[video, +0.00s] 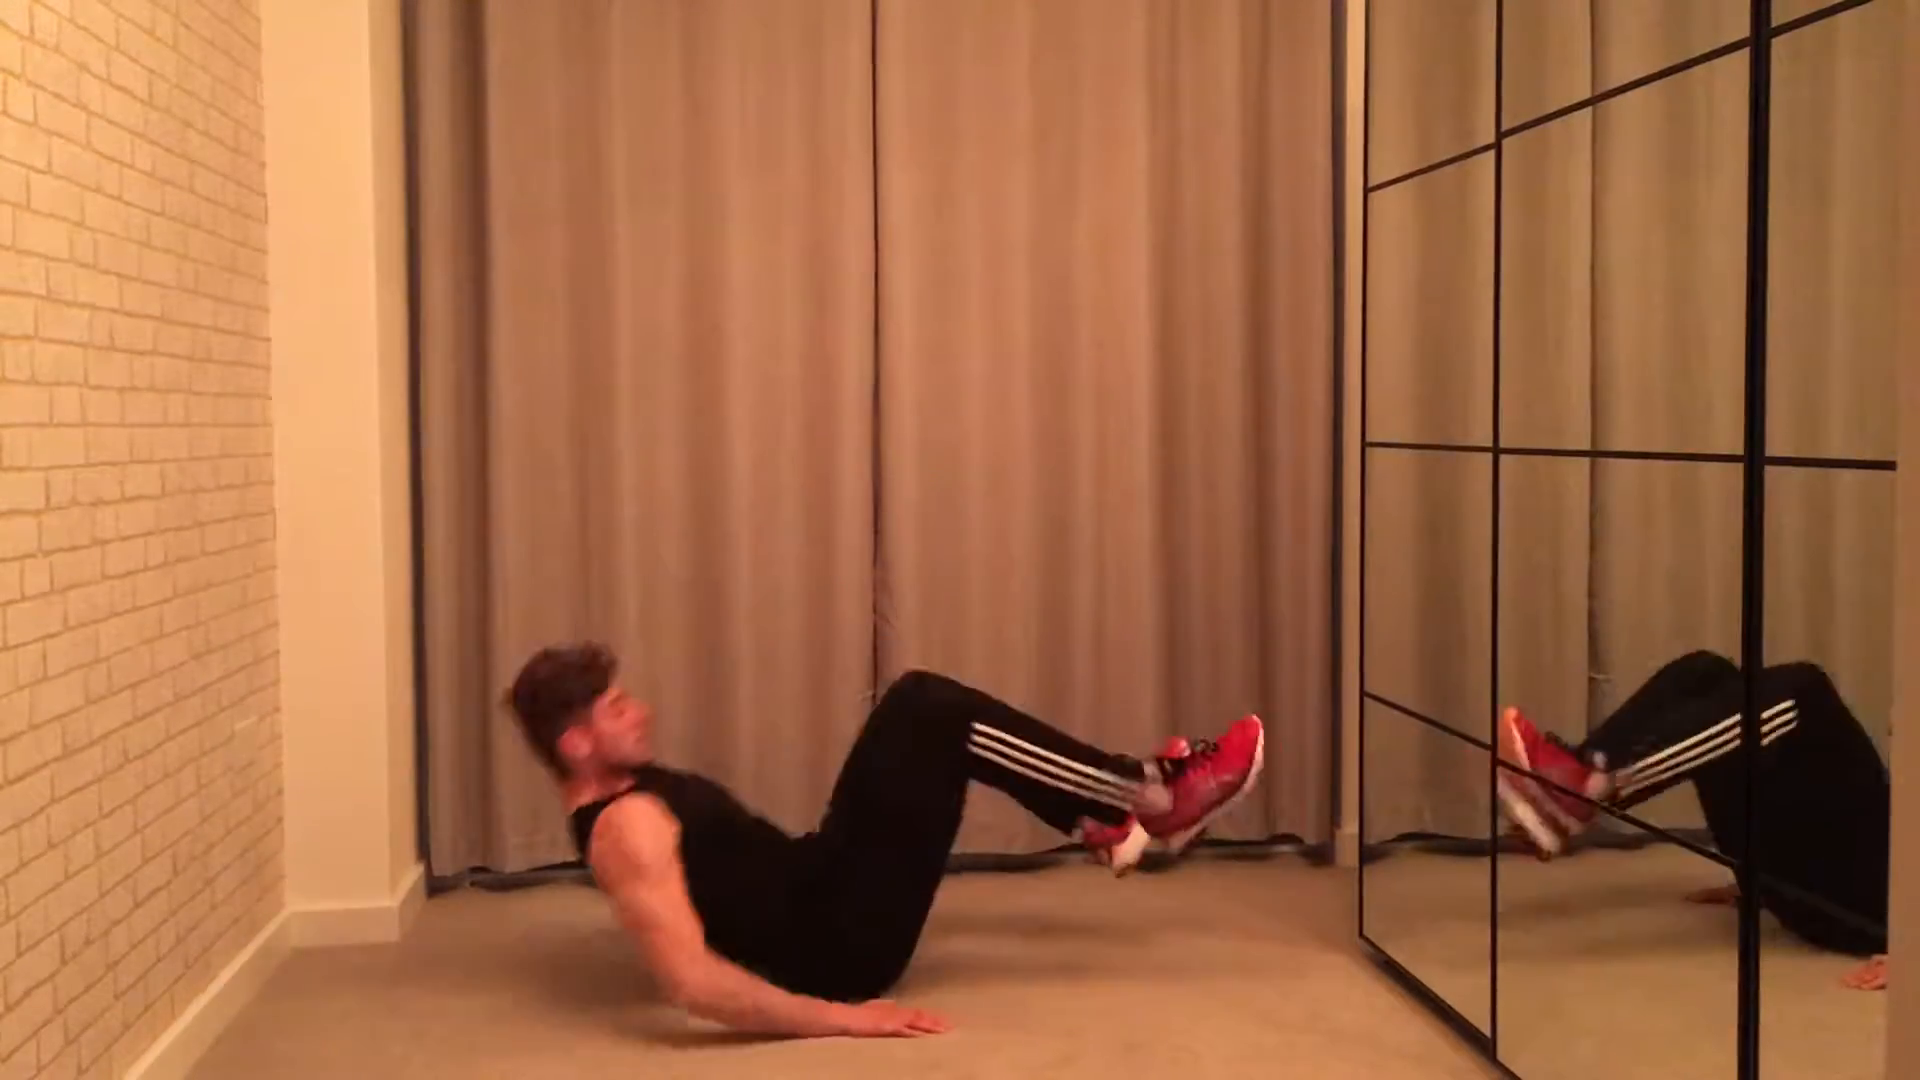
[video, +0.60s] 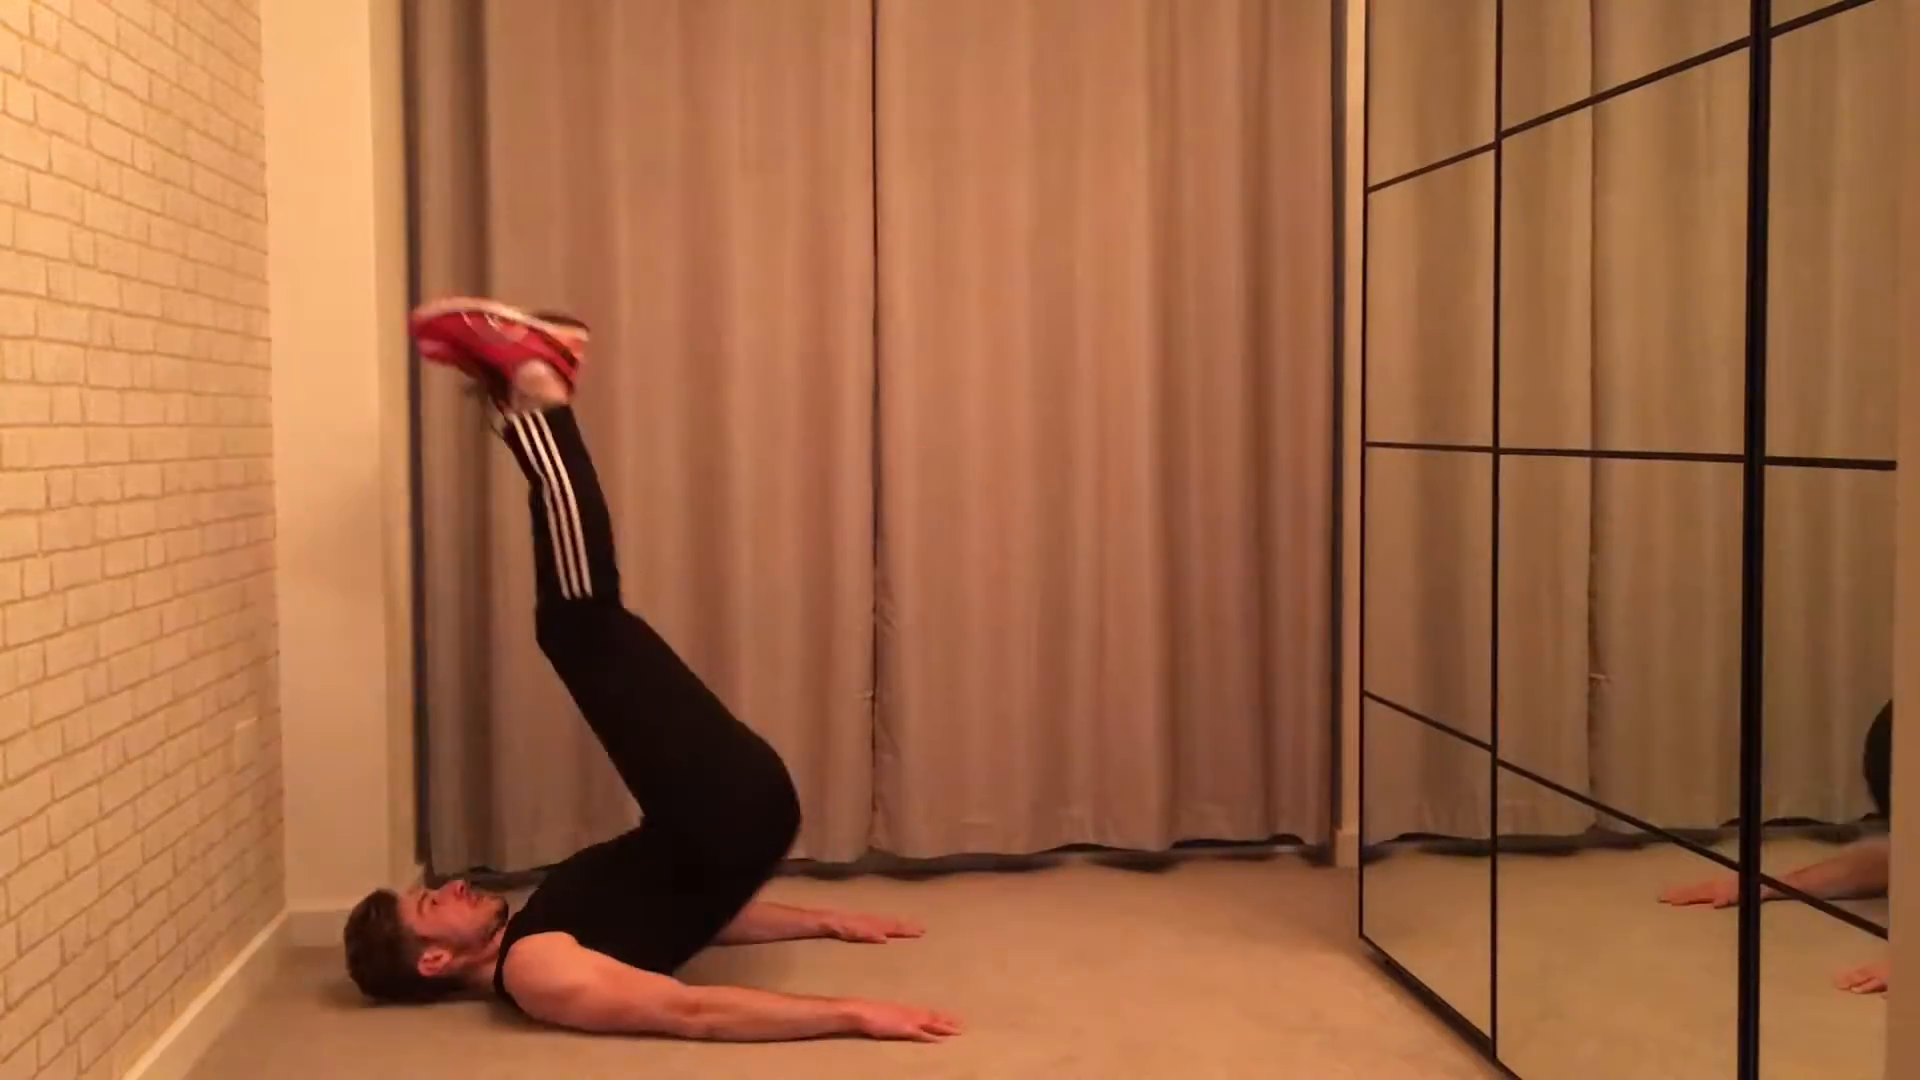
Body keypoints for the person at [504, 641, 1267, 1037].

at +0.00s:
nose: (636, 710)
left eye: (626, 697)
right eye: (617, 706)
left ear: (586, 737)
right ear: (577, 744)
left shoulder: (625, 801)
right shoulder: (627, 828)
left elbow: (696, 958)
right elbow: (691, 982)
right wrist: (843, 1016)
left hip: (823, 921)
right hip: (837, 958)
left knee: (919, 702)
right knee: (929, 710)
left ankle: (1103, 808)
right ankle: (1157, 801)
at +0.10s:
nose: (583, 777)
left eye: (570, 766)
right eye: (561, 778)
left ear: (542, 809)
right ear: (523, 824)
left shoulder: (586, 863)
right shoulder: (586, 896)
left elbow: (688, 986)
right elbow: (682, 1025)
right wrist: (842, 1015)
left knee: (857, 685)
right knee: (869, 693)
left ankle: (1073, 727)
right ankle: (1111, 761)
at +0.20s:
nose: (543, 841)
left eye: (527, 831)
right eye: (520, 845)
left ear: (507, 881)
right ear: (492, 894)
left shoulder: (561, 919)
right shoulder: (558, 946)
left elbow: (685, 1009)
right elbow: (683, 1029)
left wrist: (833, 1005)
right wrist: (839, 1006)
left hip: (802, 911)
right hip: (819, 932)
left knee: (768, 685)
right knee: (772, 687)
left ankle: (971, 629)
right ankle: (1015, 652)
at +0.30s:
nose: (500, 839)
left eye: (479, 834)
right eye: (477, 849)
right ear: (465, 908)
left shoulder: (555, 898)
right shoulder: (550, 954)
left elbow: (694, 910)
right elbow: (684, 1015)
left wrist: (841, 917)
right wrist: (843, 998)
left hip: (792, 910)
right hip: (807, 933)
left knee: (697, 703)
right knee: (695, 708)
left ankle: (833, 540)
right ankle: (854, 553)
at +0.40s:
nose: (470, 853)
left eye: (449, 853)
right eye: (448, 868)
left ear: (454, 918)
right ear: (449, 925)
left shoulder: (541, 915)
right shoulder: (545, 960)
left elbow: (687, 910)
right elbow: (700, 1007)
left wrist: (829, 924)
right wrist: (858, 1006)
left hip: (773, 893)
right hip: (788, 909)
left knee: (642, 701)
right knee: (644, 704)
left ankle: (685, 489)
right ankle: (702, 488)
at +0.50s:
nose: (455, 871)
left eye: (432, 873)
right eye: (434, 887)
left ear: (450, 934)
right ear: (441, 949)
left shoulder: (537, 931)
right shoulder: (540, 963)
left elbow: (687, 908)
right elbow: (695, 1010)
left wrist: (826, 923)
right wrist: (862, 1017)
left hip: (757, 862)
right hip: (764, 868)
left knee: (610, 675)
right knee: (605, 677)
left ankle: (584, 455)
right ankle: (587, 454)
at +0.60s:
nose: (452, 889)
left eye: (434, 889)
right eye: (434, 904)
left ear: (450, 939)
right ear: (441, 958)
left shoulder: (543, 933)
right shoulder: (540, 969)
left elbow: (699, 919)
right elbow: (692, 1013)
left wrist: (829, 923)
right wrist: (849, 1017)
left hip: (730, 818)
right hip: (734, 823)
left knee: (583, 623)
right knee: (577, 624)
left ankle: (534, 398)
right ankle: (534, 397)